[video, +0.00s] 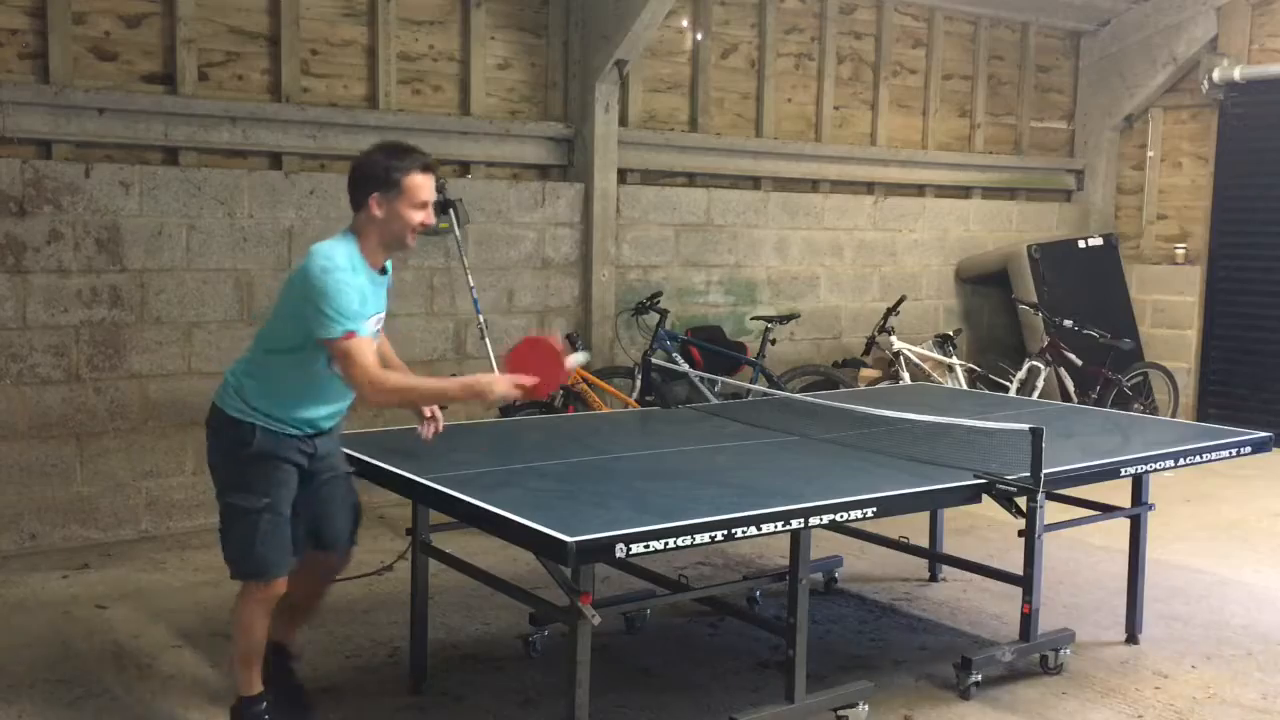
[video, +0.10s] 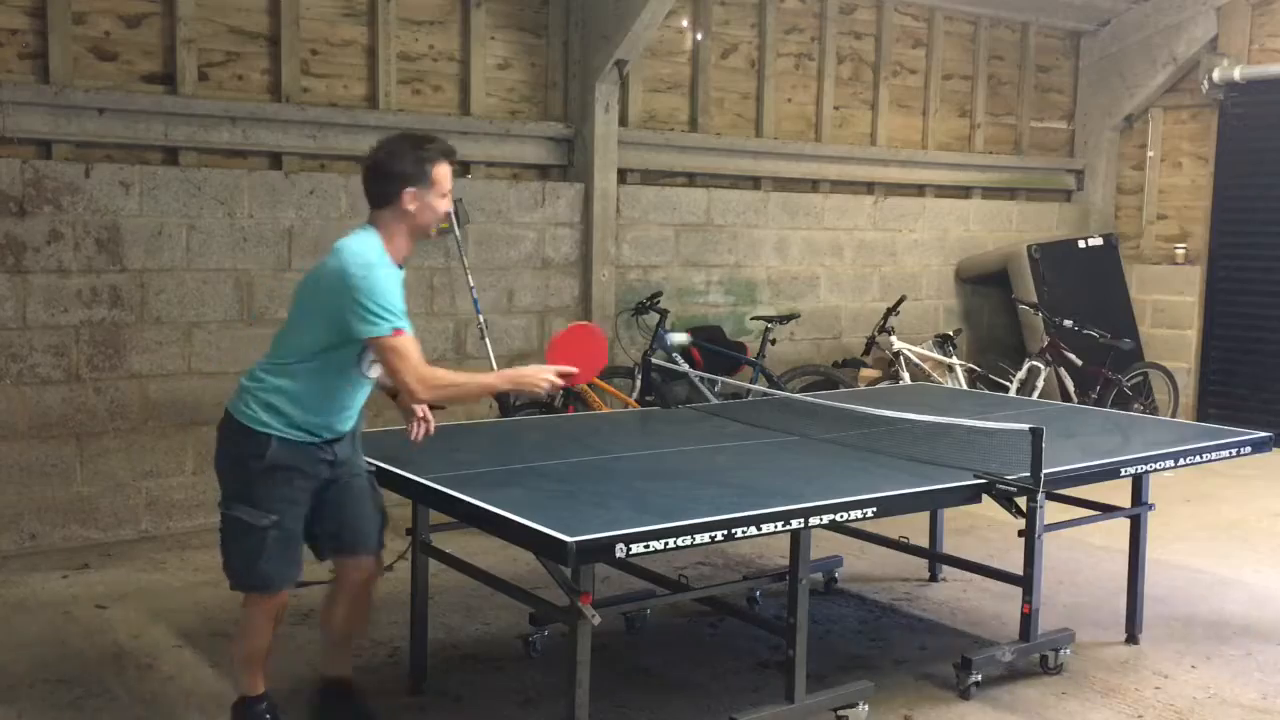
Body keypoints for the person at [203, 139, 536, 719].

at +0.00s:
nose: (429, 219)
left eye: (432, 207)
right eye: (419, 206)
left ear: (389, 209)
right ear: (374, 205)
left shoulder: (377, 265)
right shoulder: (330, 270)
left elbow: (375, 343)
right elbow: (370, 387)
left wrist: (417, 394)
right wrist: (474, 387)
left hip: (319, 429)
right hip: (258, 428)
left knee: (330, 549)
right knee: (267, 576)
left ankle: (274, 649)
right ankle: (248, 701)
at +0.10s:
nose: (450, 206)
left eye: (450, 194)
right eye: (444, 194)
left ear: (410, 199)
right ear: (408, 199)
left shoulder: (384, 260)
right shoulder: (360, 264)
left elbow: (354, 346)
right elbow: (420, 381)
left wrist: (403, 389)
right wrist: (513, 379)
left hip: (335, 438)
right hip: (270, 439)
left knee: (360, 565)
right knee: (268, 590)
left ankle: (336, 688)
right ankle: (250, 704)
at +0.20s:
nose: (468, 201)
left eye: (467, 189)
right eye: (465, 190)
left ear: (407, 196)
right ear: (444, 201)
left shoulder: (380, 256)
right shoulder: (398, 278)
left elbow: (349, 352)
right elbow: (458, 395)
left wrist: (405, 397)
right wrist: (542, 390)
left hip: (357, 451)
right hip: (296, 452)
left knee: (386, 581)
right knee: (287, 600)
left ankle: (393, 707)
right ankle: (255, 700)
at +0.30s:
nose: (490, 214)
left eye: (489, 202)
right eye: (488, 202)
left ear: (428, 206)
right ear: (470, 211)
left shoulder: (401, 270)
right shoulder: (426, 288)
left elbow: (367, 373)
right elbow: (483, 409)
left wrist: (428, 418)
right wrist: (559, 416)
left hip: (382, 469)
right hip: (323, 473)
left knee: (419, 607)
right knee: (353, 637)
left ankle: (401, 715)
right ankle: (273, 694)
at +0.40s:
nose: (511, 218)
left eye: (510, 206)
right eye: (510, 206)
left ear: (447, 210)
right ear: (494, 215)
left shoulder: (417, 273)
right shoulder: (459, 294)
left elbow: (407, 378)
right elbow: (496, 418)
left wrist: (467, 423)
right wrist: (567, 433)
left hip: (389, 470)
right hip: (353, 477)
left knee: (439, 609)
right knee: (429, 639)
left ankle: (404, 715)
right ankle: (335, 710)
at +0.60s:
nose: (542, 215)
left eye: (541, 204)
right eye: (542, 204)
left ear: (470, 209)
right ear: (533, 212)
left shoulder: (412, 283)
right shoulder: (524, 297)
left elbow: (354, 392)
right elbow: (530, 431)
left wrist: (426, 393)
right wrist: (566, 447)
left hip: (366, 482)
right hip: (436, 493)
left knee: (428, 636)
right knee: (503, 675)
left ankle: (407, 716)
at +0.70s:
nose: (555, 221)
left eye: (552, 210)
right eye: (554, 211)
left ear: (480, 216)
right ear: (546, 220)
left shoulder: (417, 294)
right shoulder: (557, 311)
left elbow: (342, 399)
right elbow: (567, 456)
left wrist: (391, 440)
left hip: (392, 503)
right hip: (476, 509)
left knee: (431, 643)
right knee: (536, 693)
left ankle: (406, 715)